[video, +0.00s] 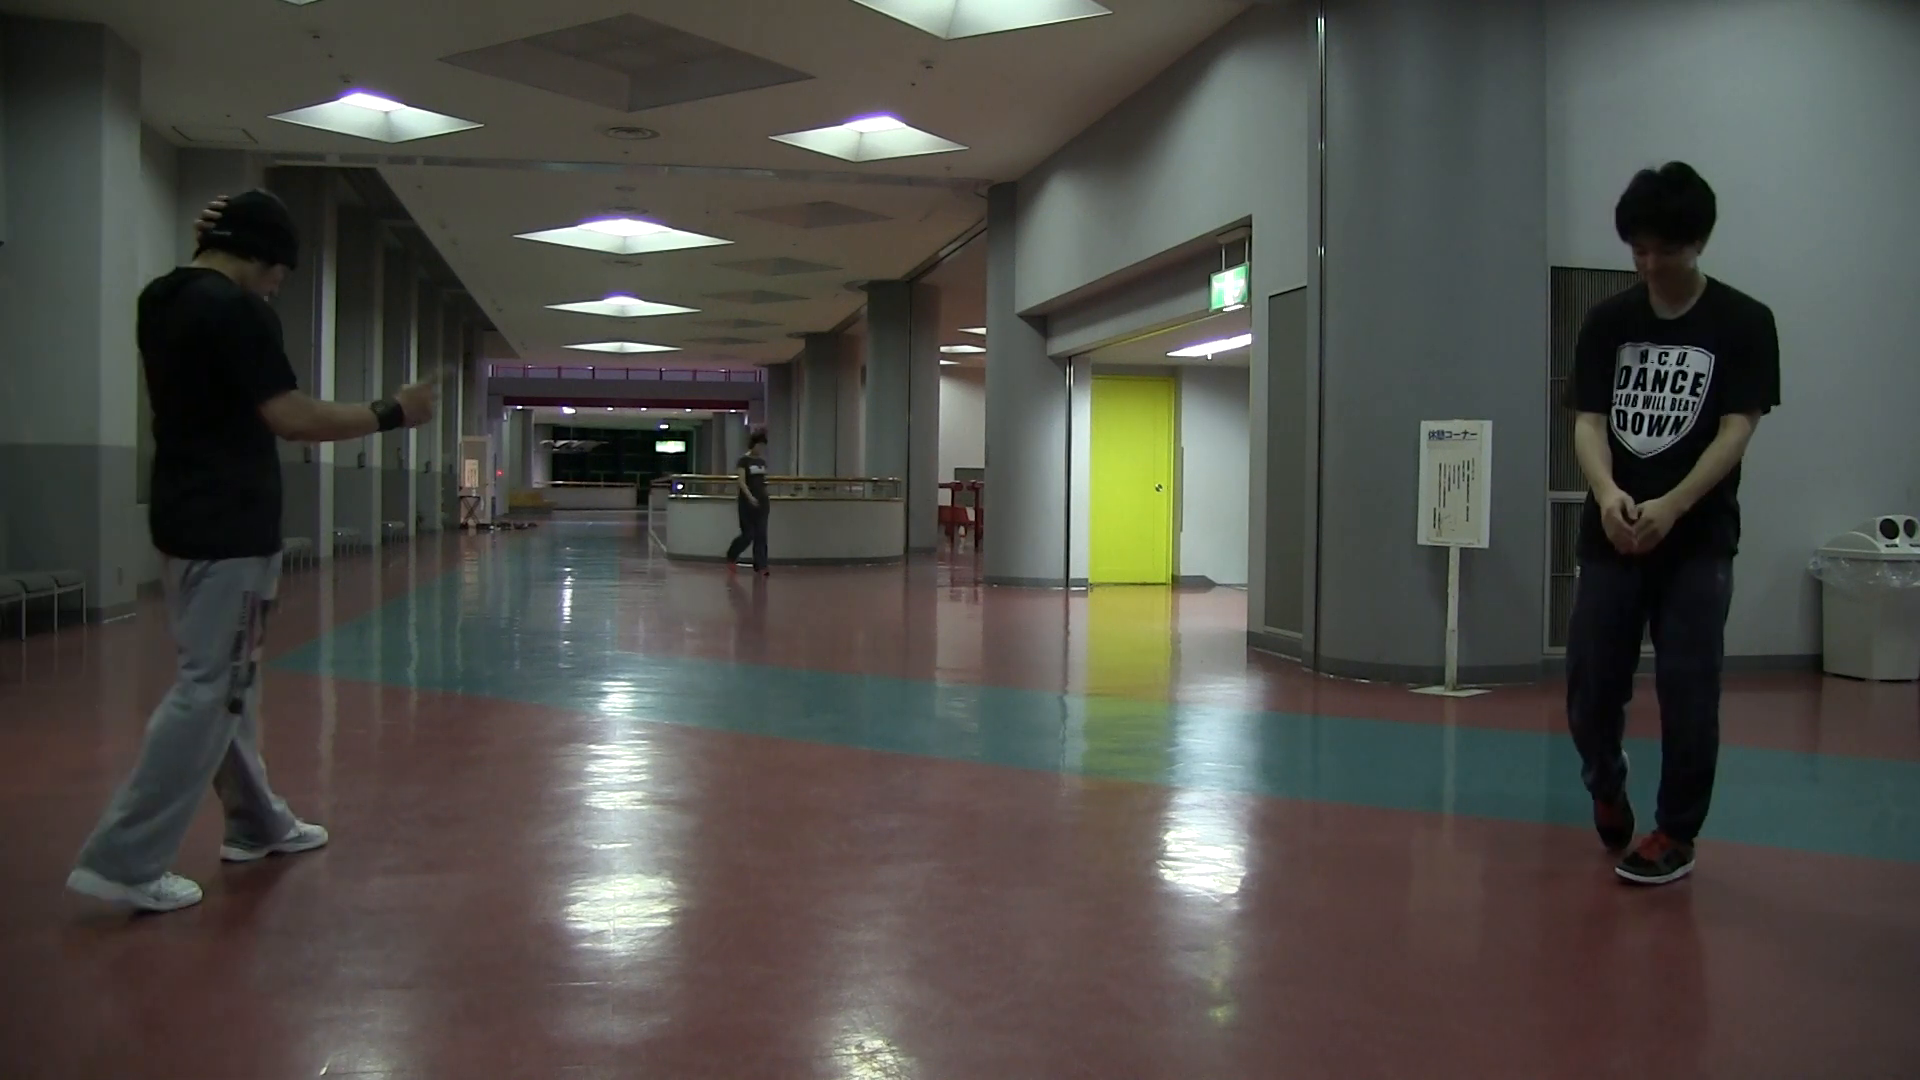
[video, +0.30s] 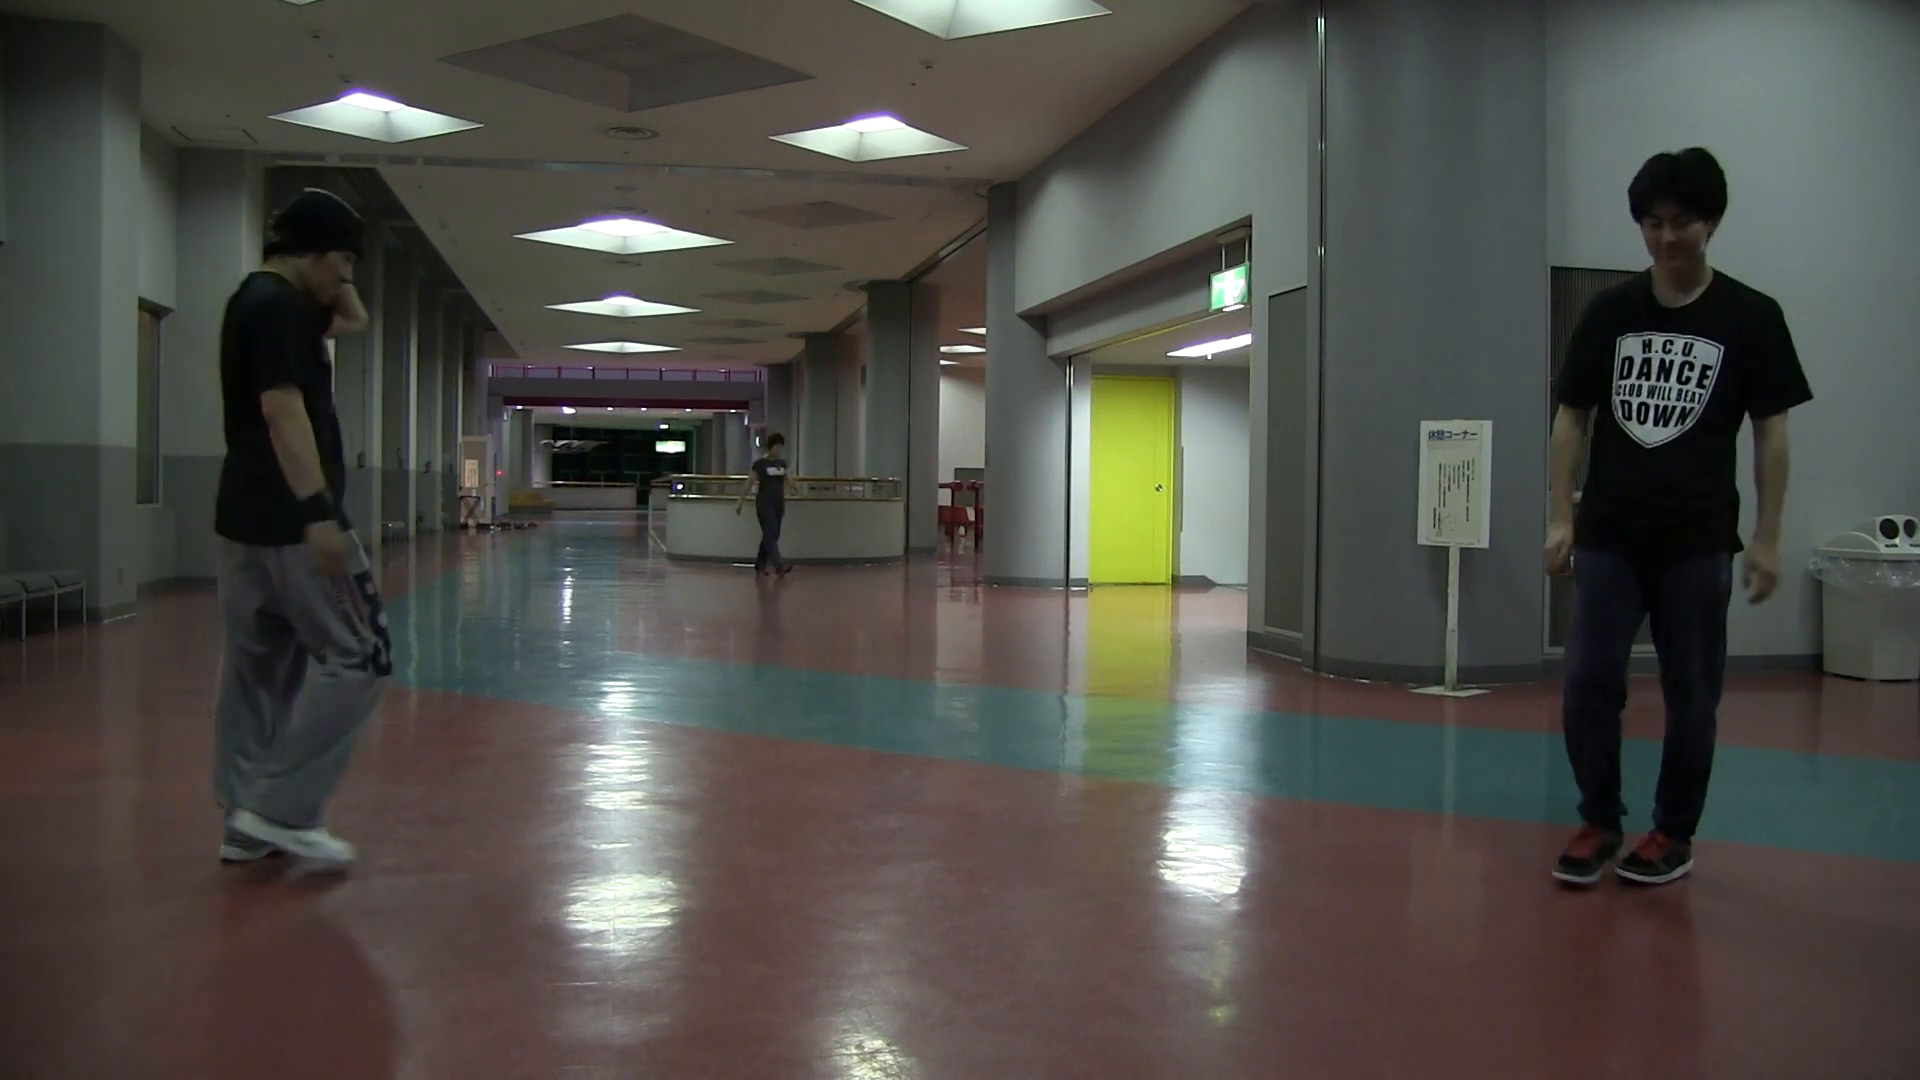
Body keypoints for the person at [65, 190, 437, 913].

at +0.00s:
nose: (276, 288)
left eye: (280, 274)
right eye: (278, 272)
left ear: (212, 244)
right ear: (257, 258)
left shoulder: (160, 300)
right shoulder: (240, 313)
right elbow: (290, 416)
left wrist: (212, 242)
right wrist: (390, 413)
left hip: (184, 522)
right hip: (236, 528)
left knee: (223, 682)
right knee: (207, 691)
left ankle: (257, 824)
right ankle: (119, 862)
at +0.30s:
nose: (344, 280)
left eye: (347, 269)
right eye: (341, 265)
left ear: (288, 251)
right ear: (310, 254)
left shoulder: (258, 300)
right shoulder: (278, 305)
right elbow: (282, 413)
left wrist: (323, 272)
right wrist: (320, 512)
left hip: (250, 520)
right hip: (292, 520)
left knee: (257, 666)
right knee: (358, 659)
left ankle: (246, 820)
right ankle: (284, 808)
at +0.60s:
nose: (425, 295)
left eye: (428, 284)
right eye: (421, 281)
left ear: (381, 268)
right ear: (387, 270)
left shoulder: (368, 323)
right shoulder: (341, 322)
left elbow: (436, 359)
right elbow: (316, 424)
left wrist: (425, 288)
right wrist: (298, 525)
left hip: (347, 534)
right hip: (370, 538)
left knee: (302, 684)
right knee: (404, 684)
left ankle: (259, 816)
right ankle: (438, 810)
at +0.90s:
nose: (480, 278)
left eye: (482, 266)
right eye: (474, 266)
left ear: (439, 262)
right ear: (440, 263)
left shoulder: (425, 326)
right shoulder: (414, 333)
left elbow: (477, 392)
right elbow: (446, 440)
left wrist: (554, 425)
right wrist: (505, 527)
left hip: (441, 530)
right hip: (434, 535)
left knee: (452, 659)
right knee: (451, 674)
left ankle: (396, 759)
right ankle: (440, 812)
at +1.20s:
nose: (555, 279)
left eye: (557, 267)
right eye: (544, 267)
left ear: (541, 267)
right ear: (508, 268)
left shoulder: (536, 337)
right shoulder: (468, 340)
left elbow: (529, 433)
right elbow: (482, 445)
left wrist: (581, 464)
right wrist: (572, 470)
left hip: (534, 536)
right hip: (479, 543)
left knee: (563, 682)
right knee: (467, 680)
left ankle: (608, 816)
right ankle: (438, 811)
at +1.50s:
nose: (619, 266)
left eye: (624, 254)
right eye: (607, 253)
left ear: (623, 257)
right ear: (569, 254)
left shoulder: (630, 334)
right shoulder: (519, 325)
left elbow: (649, 434)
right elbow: (499, 428)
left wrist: (687, 499)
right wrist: (494, 517)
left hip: (611, 534)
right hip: (542, 532)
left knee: (612, 678)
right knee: (546, 673)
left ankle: (605, 813)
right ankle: (501, 802)